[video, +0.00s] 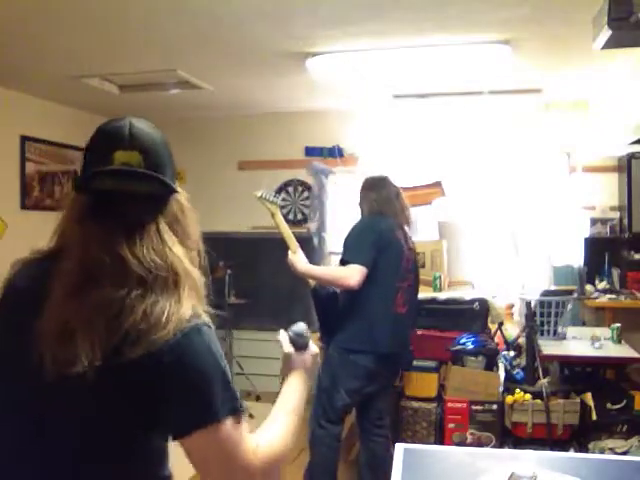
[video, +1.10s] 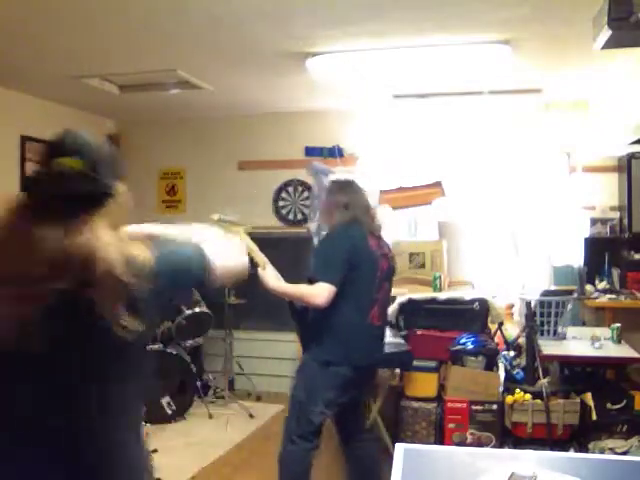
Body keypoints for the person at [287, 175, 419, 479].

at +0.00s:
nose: (359, 204)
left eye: (361, 199)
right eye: (360, 198)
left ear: (366, 199)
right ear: (394, 199)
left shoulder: (370, 227)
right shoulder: (401, 235)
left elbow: (352, 277)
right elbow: (391, 289)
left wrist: (306, 268)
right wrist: (342, 266)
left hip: (358, 346)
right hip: (390, 347)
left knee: (326, 422)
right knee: (376, 428)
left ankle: (320, 474)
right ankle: (377, 476)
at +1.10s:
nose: (322, 214)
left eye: (325, 207)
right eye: (323, 207)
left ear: (337, 207)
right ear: (361, 206)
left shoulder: (341, 238)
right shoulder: (377, 243)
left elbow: (321, 295)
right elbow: (370, 300)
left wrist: (276, 285)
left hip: (331, 358)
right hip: (363, 357)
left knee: (299, 439)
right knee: (357, 435)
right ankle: (373, 475)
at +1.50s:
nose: (306, 220)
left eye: (310, 212)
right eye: (305, 212)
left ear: (326, 211)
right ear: (343, 209)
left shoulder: (331, 241)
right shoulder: (366, 243)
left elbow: (316, 297)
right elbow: (372, 303)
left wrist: (292, 330)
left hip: (323, 354)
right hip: (355, 355)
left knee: (292, 435)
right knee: (349, 429)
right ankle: (364, 474)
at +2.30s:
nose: (307, 210)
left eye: (312, 203)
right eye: (308, 203)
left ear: (328, 207)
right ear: (349, 206)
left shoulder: (338, 240)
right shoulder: (368, 241)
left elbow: (324, 307)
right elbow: (362, 304)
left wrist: (280, 294)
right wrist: (311, 292)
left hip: (328, 361)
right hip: (358, 360)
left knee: (295, 445)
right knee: (352, 433)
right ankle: (367, 476)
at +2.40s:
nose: (308, 207)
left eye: (314, 201)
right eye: (310, 200)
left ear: (330, 207)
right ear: (349, 207)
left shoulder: (338, 240)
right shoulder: (368, 242)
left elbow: (325, 307)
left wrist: (279, 294)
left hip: (328, 361)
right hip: (358, 360)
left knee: (295, 445)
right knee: (352, 433)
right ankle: (368, 475)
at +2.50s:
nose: (308, 207)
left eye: (313, 201)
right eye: (309, 200)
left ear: (330, 207)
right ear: (349, 207)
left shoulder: (338, 241)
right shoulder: (367, 242)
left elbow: (326, 307)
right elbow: (361, 305)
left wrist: (280, 295)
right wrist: (310, 297)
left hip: (327, 362)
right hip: (358, 361)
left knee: (296, 445)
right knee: (352, 433)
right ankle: (368, 476)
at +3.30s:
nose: (308, 213)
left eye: (312, 206)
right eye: (309, 206)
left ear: (327, 210)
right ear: (349, 208)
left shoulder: (337, 243)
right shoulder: (365, 243)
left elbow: (322, 308)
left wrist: (275, 295)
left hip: (325, 363)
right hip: (355, 362)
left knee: (292, 446)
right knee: (351, 433)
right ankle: (368, 476)